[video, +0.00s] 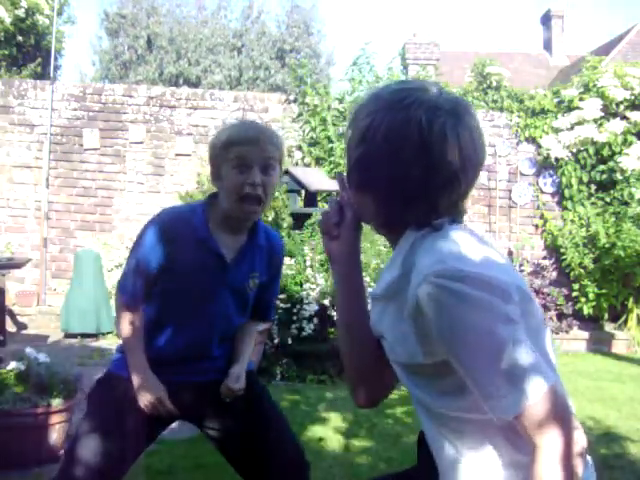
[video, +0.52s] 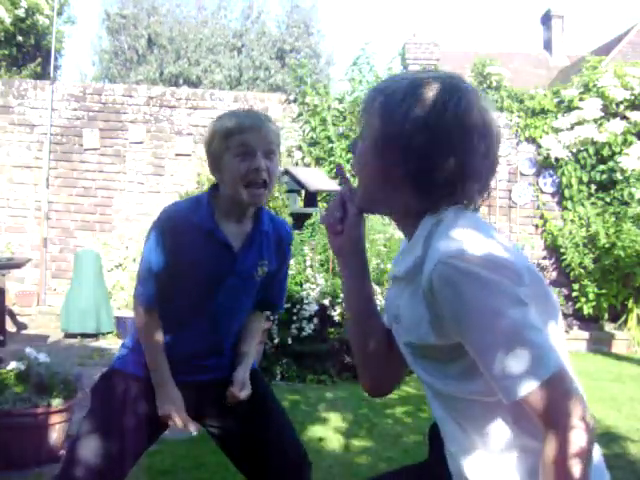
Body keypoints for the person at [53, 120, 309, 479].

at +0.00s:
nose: (255, 180)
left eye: (266, 169)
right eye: (242, 167)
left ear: (278, 178)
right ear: (216, 173)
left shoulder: (269, 248)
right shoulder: (167, 229)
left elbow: (254, 319)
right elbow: (129, 303)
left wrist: (241, 363)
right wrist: (141, 375)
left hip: (220, 378)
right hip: (148, 374)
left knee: (287, 468)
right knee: (85, 466)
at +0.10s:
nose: (261, 179)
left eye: (271, 169)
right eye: (247, 167)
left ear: (282, 178)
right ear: (220, 174)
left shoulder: (273, 248)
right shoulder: (171, 230)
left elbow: (259, 320)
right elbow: (133, 303)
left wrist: (243, 364)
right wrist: (146, 375)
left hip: (224, 379)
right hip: (150, 373)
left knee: (289, 469)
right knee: (85, 467)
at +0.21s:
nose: (267, 177)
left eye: (277, 166)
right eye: (252, 166)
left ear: (285, 175)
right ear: (222, 174)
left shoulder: (275, 248)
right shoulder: (173, 229)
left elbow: (261, 319)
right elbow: (134, 301)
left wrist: (243, 365)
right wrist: (147, 374)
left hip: (224, 379)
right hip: (151, 373)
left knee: (290, 470)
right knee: (84, 468)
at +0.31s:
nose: (266, 175)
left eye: (275, 163)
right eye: (250, 163)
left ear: (284, 171)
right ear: (222, 174)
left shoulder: (279, 245)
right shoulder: (178, 226)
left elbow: (261, 317)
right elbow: (139, 303)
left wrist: (241, 368)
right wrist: (156, 383)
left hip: (224, 376)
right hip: (148, 371)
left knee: (290, 468)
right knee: (86, 468)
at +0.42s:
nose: (263, 169)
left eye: (271, 156)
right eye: (247, 157)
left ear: (281, 164)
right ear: (218, 169)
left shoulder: (278, 237)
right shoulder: (179, 225)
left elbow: (262, 313)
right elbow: (147, 310)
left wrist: (242, 366)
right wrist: (165, 386)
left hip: (225, 373)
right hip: (151, 369)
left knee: (288, 469)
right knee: (84, 468)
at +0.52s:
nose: (260, 166)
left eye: (269, 155)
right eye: (244, 155)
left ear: (279, 164)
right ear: (216, 166)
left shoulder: (276, 236)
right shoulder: (176, 222)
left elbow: (262, 311)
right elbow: (145, 309)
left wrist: (245, 364)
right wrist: (164, 388)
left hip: (226, 373)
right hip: (151, 370)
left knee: (291, 469)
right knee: (86, 467)